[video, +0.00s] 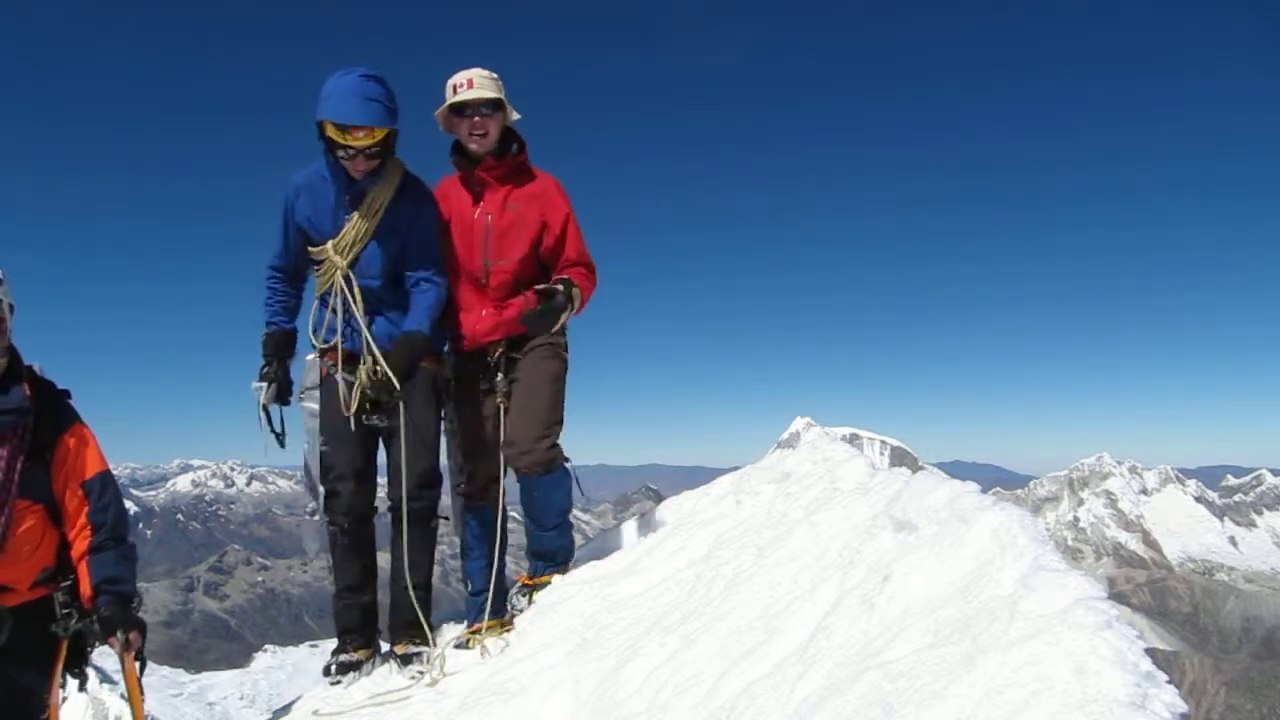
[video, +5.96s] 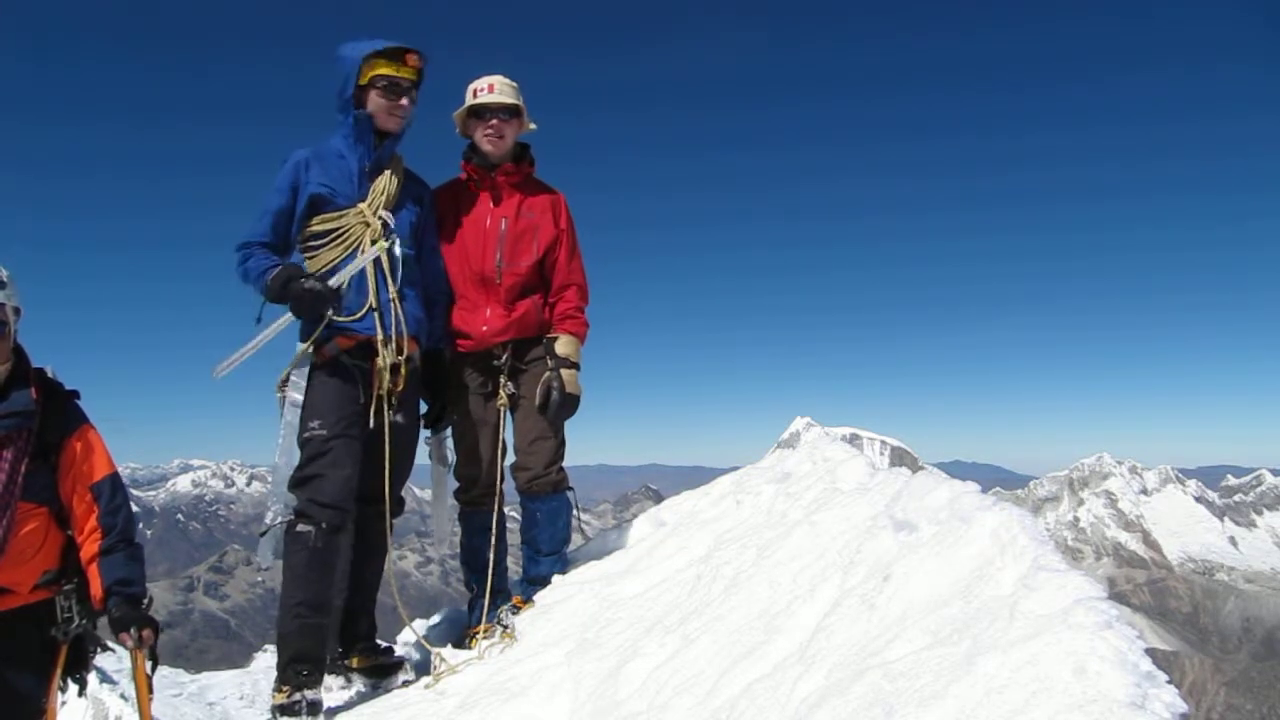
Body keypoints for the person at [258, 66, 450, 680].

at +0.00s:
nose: (361, 156)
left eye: (373, 144)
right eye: (347, 143)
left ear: (390, 135)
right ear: (327, 135)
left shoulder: (411, 196)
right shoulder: (306, 191)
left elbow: (428, 278)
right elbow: (283, 276)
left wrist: (413, 342)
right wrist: (277, 352)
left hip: (409, 359)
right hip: (340, 366)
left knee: (415, 494)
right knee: (345, 499)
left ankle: (410, 632)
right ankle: (355, 638)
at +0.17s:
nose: (359, 149)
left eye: (372, 136)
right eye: (346, 137)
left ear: (389, 129)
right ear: (328, 131)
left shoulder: (417, 194)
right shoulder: (308, 190)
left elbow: (450, 265)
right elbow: (285, 279)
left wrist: (443, 260)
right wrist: (277, 357)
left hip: (412, 363)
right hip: (340, 366)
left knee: (415, 496)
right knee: (346, 499)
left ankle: (411, 633)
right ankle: (353, 639)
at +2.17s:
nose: (391, 91)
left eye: (405, 81)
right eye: (379, 79)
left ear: (419, 91)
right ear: (360, 86)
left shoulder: (437, 180)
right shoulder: (320, 162)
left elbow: (465, 264)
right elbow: (280, 253)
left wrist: (503, 277)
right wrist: (266, 327)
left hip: (416, 354)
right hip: (341, 349)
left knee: (407, 502)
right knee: (335, 496)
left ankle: (390, 646)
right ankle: (316, 661)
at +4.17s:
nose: (386, 93)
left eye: (400, 85)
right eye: (375, 82)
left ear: (414, 98)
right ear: (354, 89)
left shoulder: (422, 188)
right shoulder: (315, 157)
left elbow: (438, 281)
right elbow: (259, 248)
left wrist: (443, 356)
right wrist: (256, 333)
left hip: (407, 361)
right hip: (339, 354)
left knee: (378, 506)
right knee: (331, 502)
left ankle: (355, 641)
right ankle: (302, 669)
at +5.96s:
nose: (400, 100)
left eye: (408, 91)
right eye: (386, 88)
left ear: (414, 102)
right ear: (357, 94)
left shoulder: (417, 191)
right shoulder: (313, 164)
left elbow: (432, 281)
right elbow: (253, 251)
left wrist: (440, 363)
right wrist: (288, 282)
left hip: (403, 365)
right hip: (337, 359)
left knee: (376, 507)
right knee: (325, 506)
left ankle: (354, 640)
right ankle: (299, 672)